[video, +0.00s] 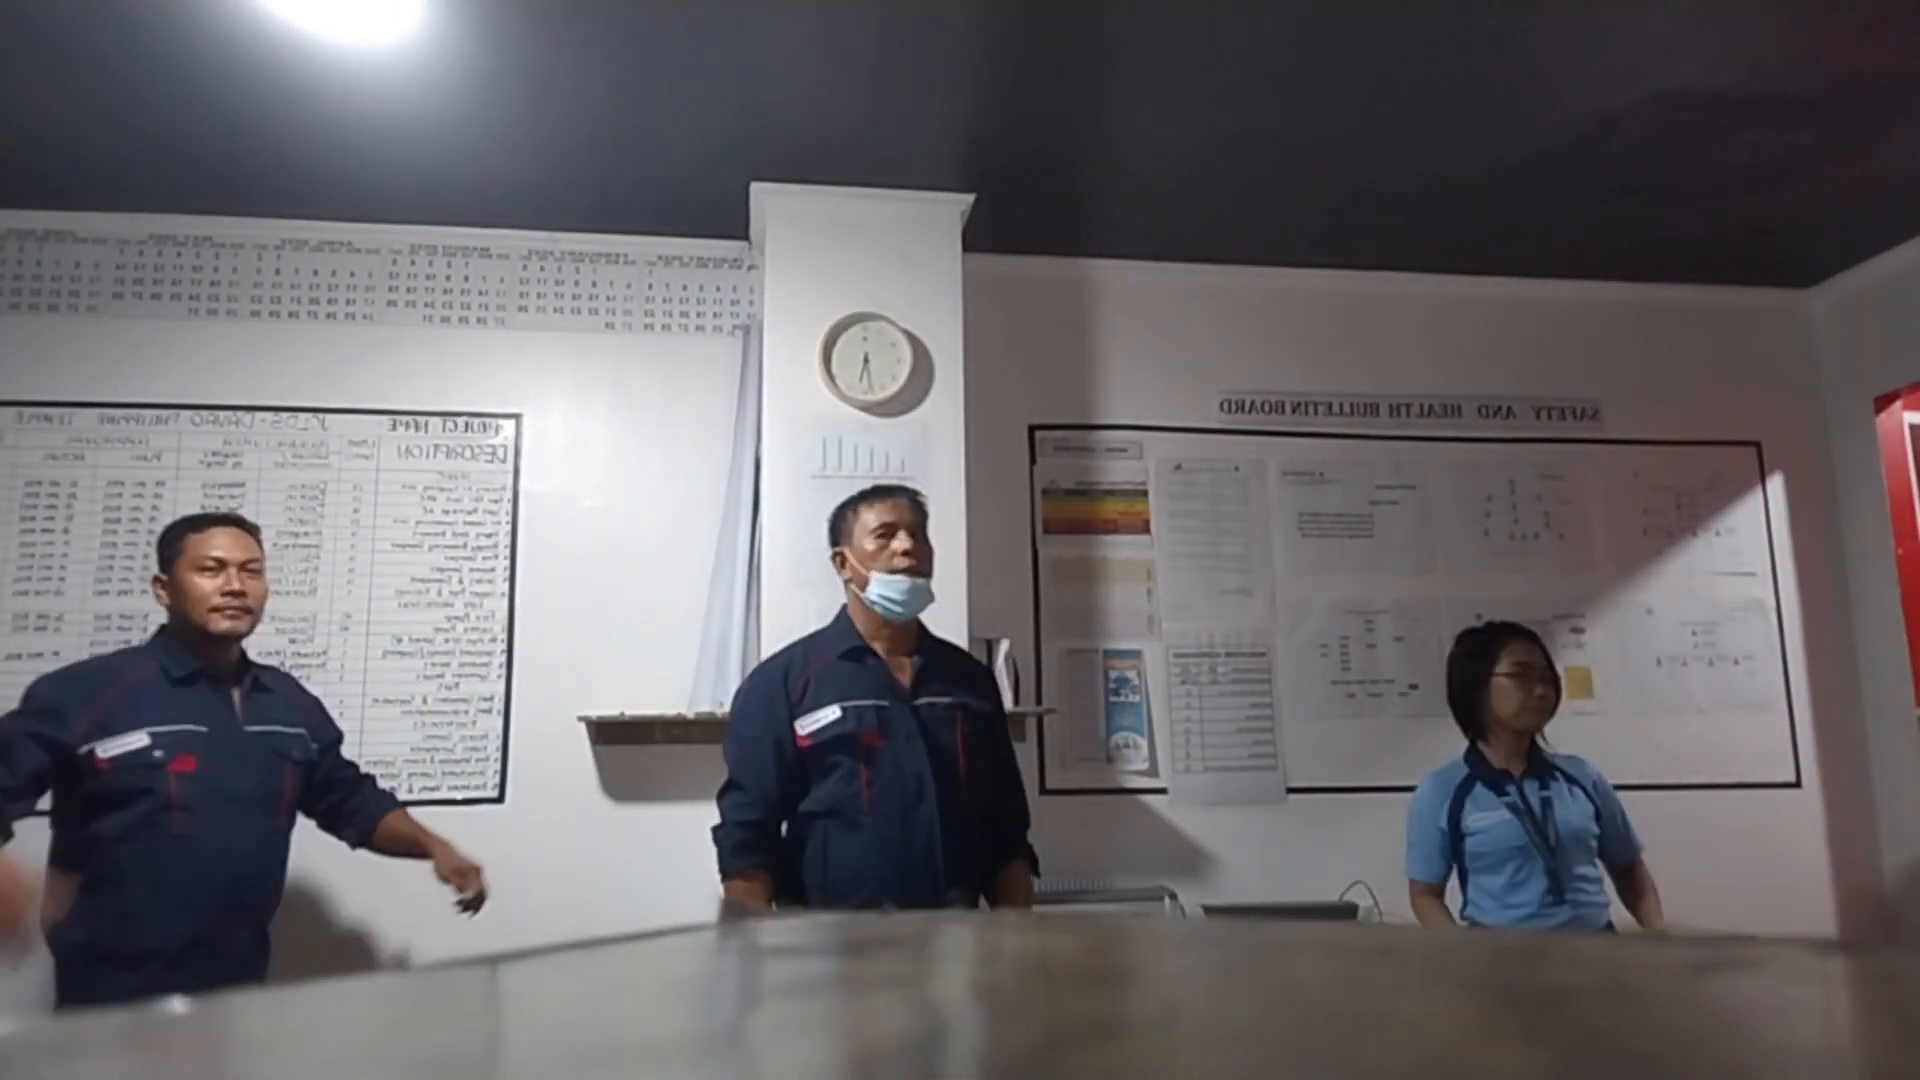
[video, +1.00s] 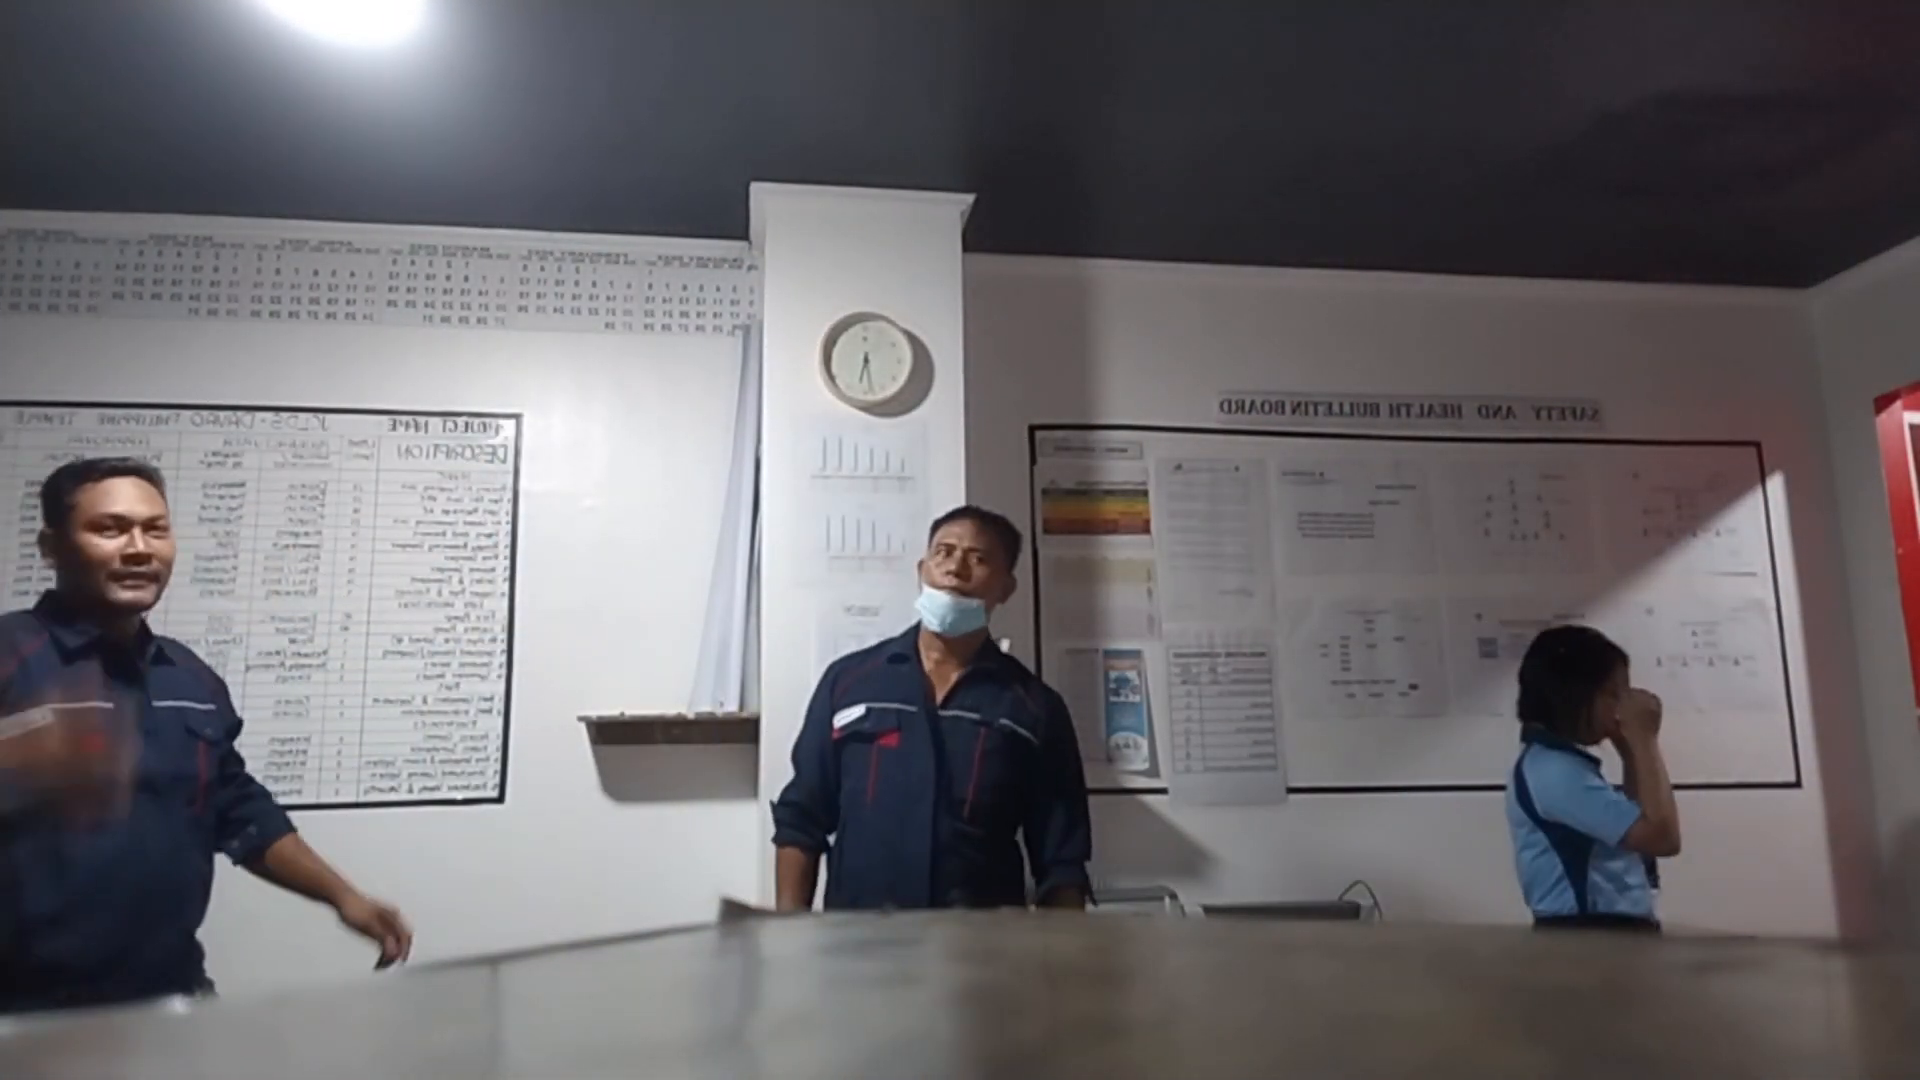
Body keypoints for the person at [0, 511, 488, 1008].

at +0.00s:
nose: (235, 585)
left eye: (250, 570)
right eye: (211, 569)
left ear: (265, 586)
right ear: (164, 588)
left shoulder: (290, 707)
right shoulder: (76, 698)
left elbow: (346, 798)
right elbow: (1, 799)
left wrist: (434, 847)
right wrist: (11, 880)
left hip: (233, 996)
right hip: (106, 1001)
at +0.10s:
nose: (213, 576)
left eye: (229, 561)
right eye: (189, 559)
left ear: (245, 579)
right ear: (143, 579)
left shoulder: (277, 692)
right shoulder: (65, 690)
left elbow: (338, 789)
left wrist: (437, 826)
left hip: (222, 986)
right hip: (91, 991)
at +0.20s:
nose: (186, 578)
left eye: (199, 560)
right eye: (160, 562)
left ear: (217, 575)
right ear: (111, 584)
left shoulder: (262, 686)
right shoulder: (61, 682)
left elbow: (332, 782)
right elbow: (3, 770)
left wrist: (430, 833)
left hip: (209, 986)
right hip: (76, 991)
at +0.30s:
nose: (154, 576)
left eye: (167, 558)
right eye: (130, 564)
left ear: (186, 563)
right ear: (83, 579)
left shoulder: (240, 683)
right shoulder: (46, 684)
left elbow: (314, 784)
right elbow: (10, 696)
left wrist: (404, 857)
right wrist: (83, 579)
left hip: (197, 1000)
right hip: (64, 1007)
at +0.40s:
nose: (126, 573)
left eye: (138, 548)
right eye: (96, 563)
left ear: (162, 554)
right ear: (59, 585)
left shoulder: (223, 677)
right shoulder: (30, 676)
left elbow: (283, 794)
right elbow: (16, 637)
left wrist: (360, 888)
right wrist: (64, 537)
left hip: (180, 1002)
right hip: (48, 1009)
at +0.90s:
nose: (131, 560)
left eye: (143, 537)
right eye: (101, 543)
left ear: (161, 546)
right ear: (45, 562)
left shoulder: (185, 683)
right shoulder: (11, 673)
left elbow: (231, 801)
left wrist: (339, 866)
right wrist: (18, 570)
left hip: (161, 1011)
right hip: (27, 1018)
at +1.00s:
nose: (139, 549)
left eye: (154, 529)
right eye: (110, 529)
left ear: (173, 542)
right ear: (52, 547)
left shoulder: (190, 682)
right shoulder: (11, 658)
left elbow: (237, 811)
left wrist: (345, 897)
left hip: (166, 1003)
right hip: (29, 1009)